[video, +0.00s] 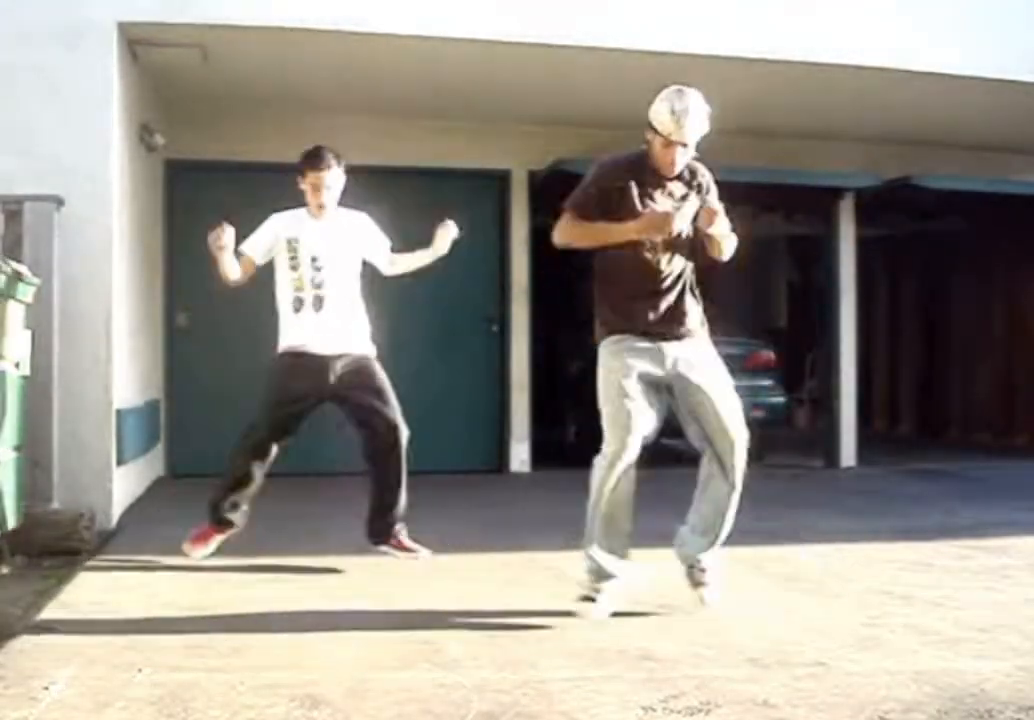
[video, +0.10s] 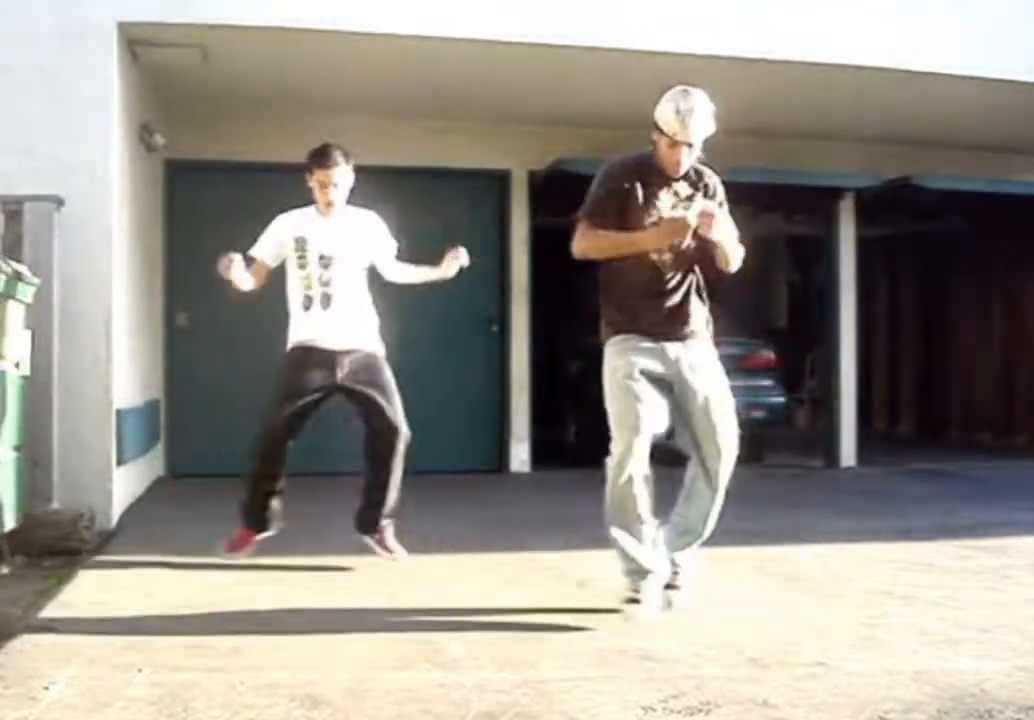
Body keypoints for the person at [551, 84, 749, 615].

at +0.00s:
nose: (674, 155)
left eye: (684, 145)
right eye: (666, 142)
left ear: (698, 141)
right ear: (650, 132)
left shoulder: (699, 180)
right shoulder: (613, 175)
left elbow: (721, 251)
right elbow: (563, 232)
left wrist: (712, 232)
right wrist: (637, 228)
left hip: (689, 339)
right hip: (627, 339)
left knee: (731, 441)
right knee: (624, 444)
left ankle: (698, 550)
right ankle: (602, 569)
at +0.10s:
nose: (682, 156)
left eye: (692, 145)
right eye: (673, 143)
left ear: (705, 141)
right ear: (656, 133)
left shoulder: (707, 185)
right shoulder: (621, 176)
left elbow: (729, 263)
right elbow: (583, 243)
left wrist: (717, 235)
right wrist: (654, 238)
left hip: (693, 342)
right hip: (632, 341)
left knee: (720, 446)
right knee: (631, 452)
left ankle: (679, 551)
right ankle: (644, 574)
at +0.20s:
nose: (696, 170)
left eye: (706, 161)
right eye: (689, 158)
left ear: (720, 157)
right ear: (673, 150)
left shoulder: (730, 205)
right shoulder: (641, 197)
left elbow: (749, 275)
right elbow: (634, 274)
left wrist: (703, 290)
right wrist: (702, 274)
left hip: (703, 361)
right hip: (647, 357)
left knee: (682, 471)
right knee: (660, 473)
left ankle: (633, 561)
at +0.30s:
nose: (717, 168)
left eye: (726, 159)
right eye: (710, 157)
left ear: (742, 154)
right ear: (695, 148)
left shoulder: (756, 195)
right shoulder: (666, 192)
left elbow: (779, 267)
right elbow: (648, 263)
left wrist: (720, 303)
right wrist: (702, 308)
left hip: (736, 360)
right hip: (679, 359)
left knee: (727, 477)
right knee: (698, 471)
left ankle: (650, 544)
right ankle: (737, 583)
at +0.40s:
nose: (736, 159)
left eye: (746, 150)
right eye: (728, 147)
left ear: (761, 144)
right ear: (714, 135)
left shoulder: (776, 182)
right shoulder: (685, 178)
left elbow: (791, 255)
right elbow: (646, 238)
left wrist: (746, 261)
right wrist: (707, 271)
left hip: (759, 349)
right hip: (697, 346)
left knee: (779, 453)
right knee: (683, 459)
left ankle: (728, 537)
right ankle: (701, 577)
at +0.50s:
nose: (759, 170)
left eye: (769, 160)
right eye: (751, 158)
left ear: (784, 153)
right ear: (735, 147)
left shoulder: (797, 199)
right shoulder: (704, 195)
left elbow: (804, 272)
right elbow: (674, 265)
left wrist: (775, 294)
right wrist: (733, 267)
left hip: (784, 355)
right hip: (720, 352)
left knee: (817, 462)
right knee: (682, 460)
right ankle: (650, 583)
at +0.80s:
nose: (762, 173)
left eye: (772, 164)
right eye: (754, 161)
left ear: (786, 158)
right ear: (739, 150)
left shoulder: (797, 200)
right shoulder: (702, 191)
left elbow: (820, 267)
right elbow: (654, 243)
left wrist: (814, 279)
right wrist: (713, 246)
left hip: (775, 351)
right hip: (715, 345)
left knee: (812, 461)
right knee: (710, 446)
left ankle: (845, 572)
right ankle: (677, 582)